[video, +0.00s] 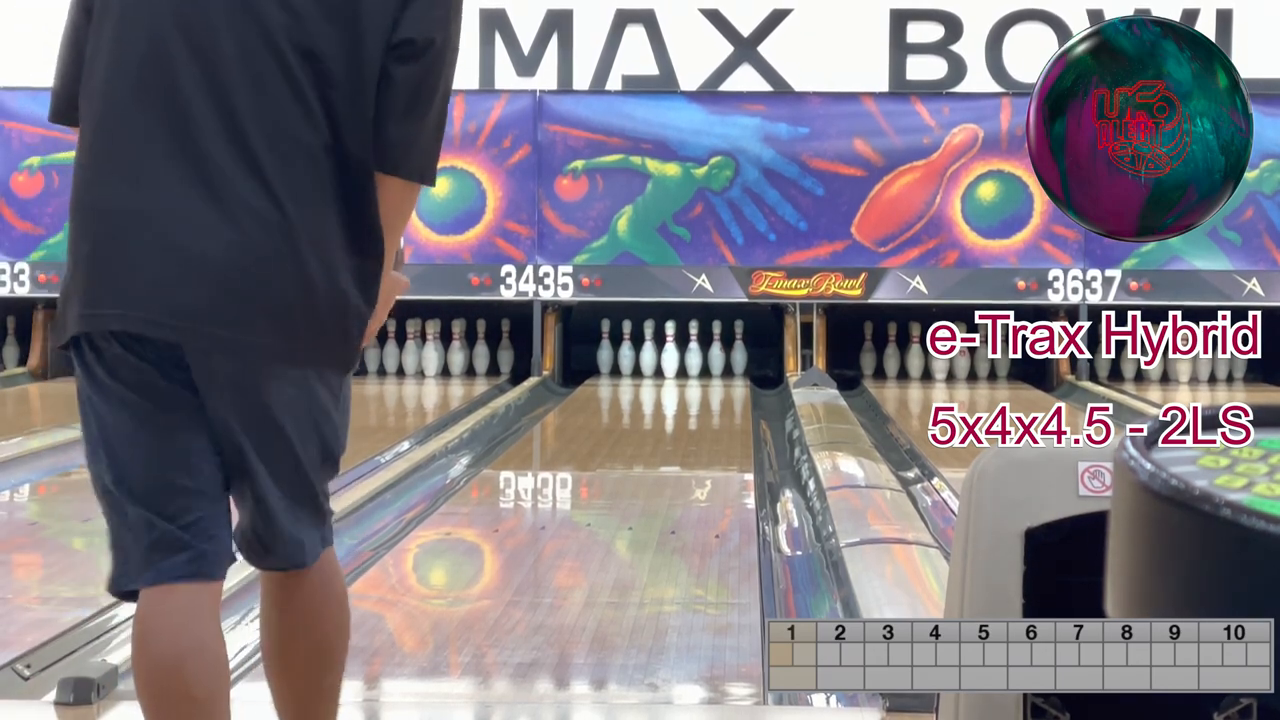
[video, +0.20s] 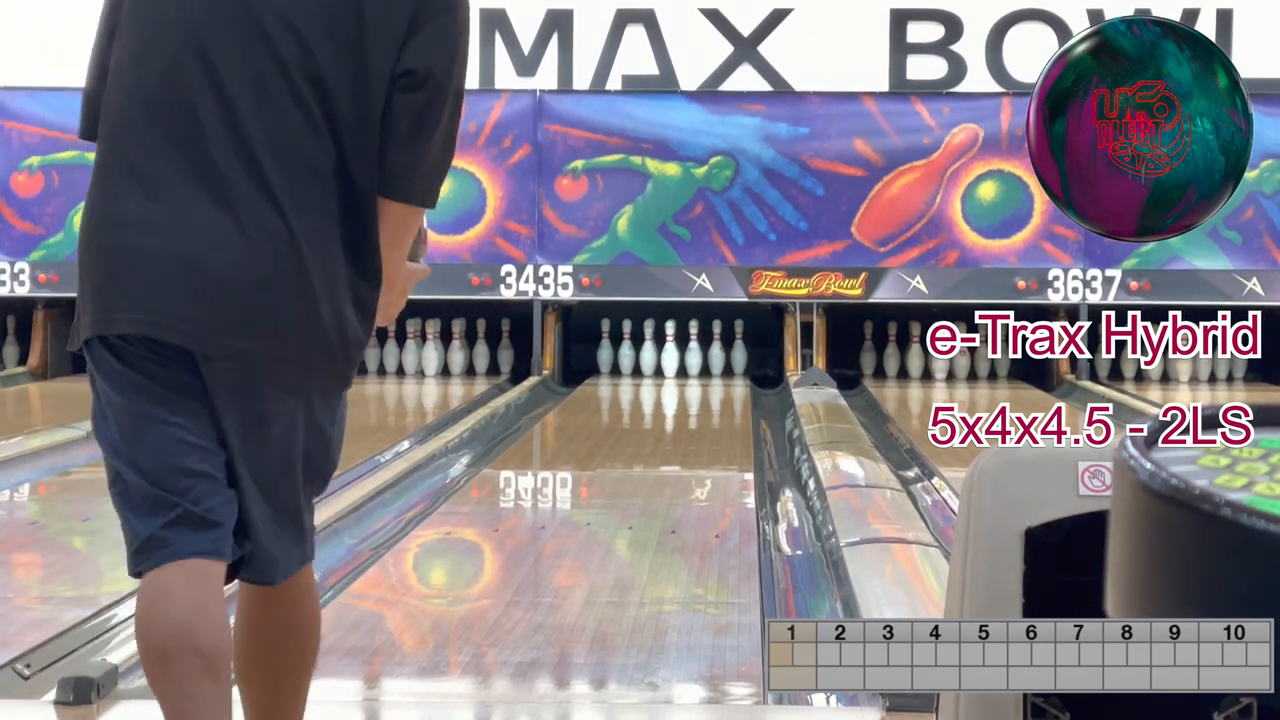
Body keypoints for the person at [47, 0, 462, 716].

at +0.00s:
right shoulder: (414, 4)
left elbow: (83, 98)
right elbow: (406, 129)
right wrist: (376, 261)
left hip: (117, 258)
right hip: (287, 266)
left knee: (170, 567)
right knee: (296, 543)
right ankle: (310, 717)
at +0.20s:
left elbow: (106, 108)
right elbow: (412, 142)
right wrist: (388, 271)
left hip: (129, 258)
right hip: (291, 271)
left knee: (176, 542)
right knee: (279, 549)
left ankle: (198, 712)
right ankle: (273, 716)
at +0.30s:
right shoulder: (428, 6)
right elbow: (407, 167)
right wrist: (391, 289)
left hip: (124, 257)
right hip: (282, 272)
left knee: (152, 531)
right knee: (282, 545)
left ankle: (183, 710)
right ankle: (276, 714)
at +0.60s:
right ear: (419, 2)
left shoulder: (266, 15)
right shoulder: (439, 57)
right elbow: (395, 255)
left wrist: (293, 342)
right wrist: (389, 403)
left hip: (100, 263)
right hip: (217, 287)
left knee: (177, 513)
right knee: (273, 538)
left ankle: (201, 710)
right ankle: (266, 718)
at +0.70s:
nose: (448, 14)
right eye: (447, 11)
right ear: (435, 6)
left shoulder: (304, 37)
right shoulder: (446, 70)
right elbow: (389, 231)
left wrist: (266, 356)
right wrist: (374, 386)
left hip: (96, 256)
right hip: (191, 279)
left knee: (176, 521)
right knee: (230, 533)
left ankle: (191, 710)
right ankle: (221, 711)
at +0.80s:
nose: (464, 29)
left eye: (463, 19)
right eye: (466, 18)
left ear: (362, 10)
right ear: (451, 18)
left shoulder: (319, 57)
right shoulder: (450, 70)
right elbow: (384, 183)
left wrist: (289, 318)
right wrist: (360, 330)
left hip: (105, 245)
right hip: (166, 261)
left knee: (191, 503)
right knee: (208, 506)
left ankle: (191, 709)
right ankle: (131, 712)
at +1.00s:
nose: (479, 141)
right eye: (477, 126)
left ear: (375, 116)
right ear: (461, 123)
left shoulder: (346, 166)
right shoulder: (445, 163)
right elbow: (379, 209)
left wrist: (260, 417)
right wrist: (333, 335)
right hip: (156, 315)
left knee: (223, 485)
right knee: (200, 559)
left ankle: (203, 679)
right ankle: (73, 712)